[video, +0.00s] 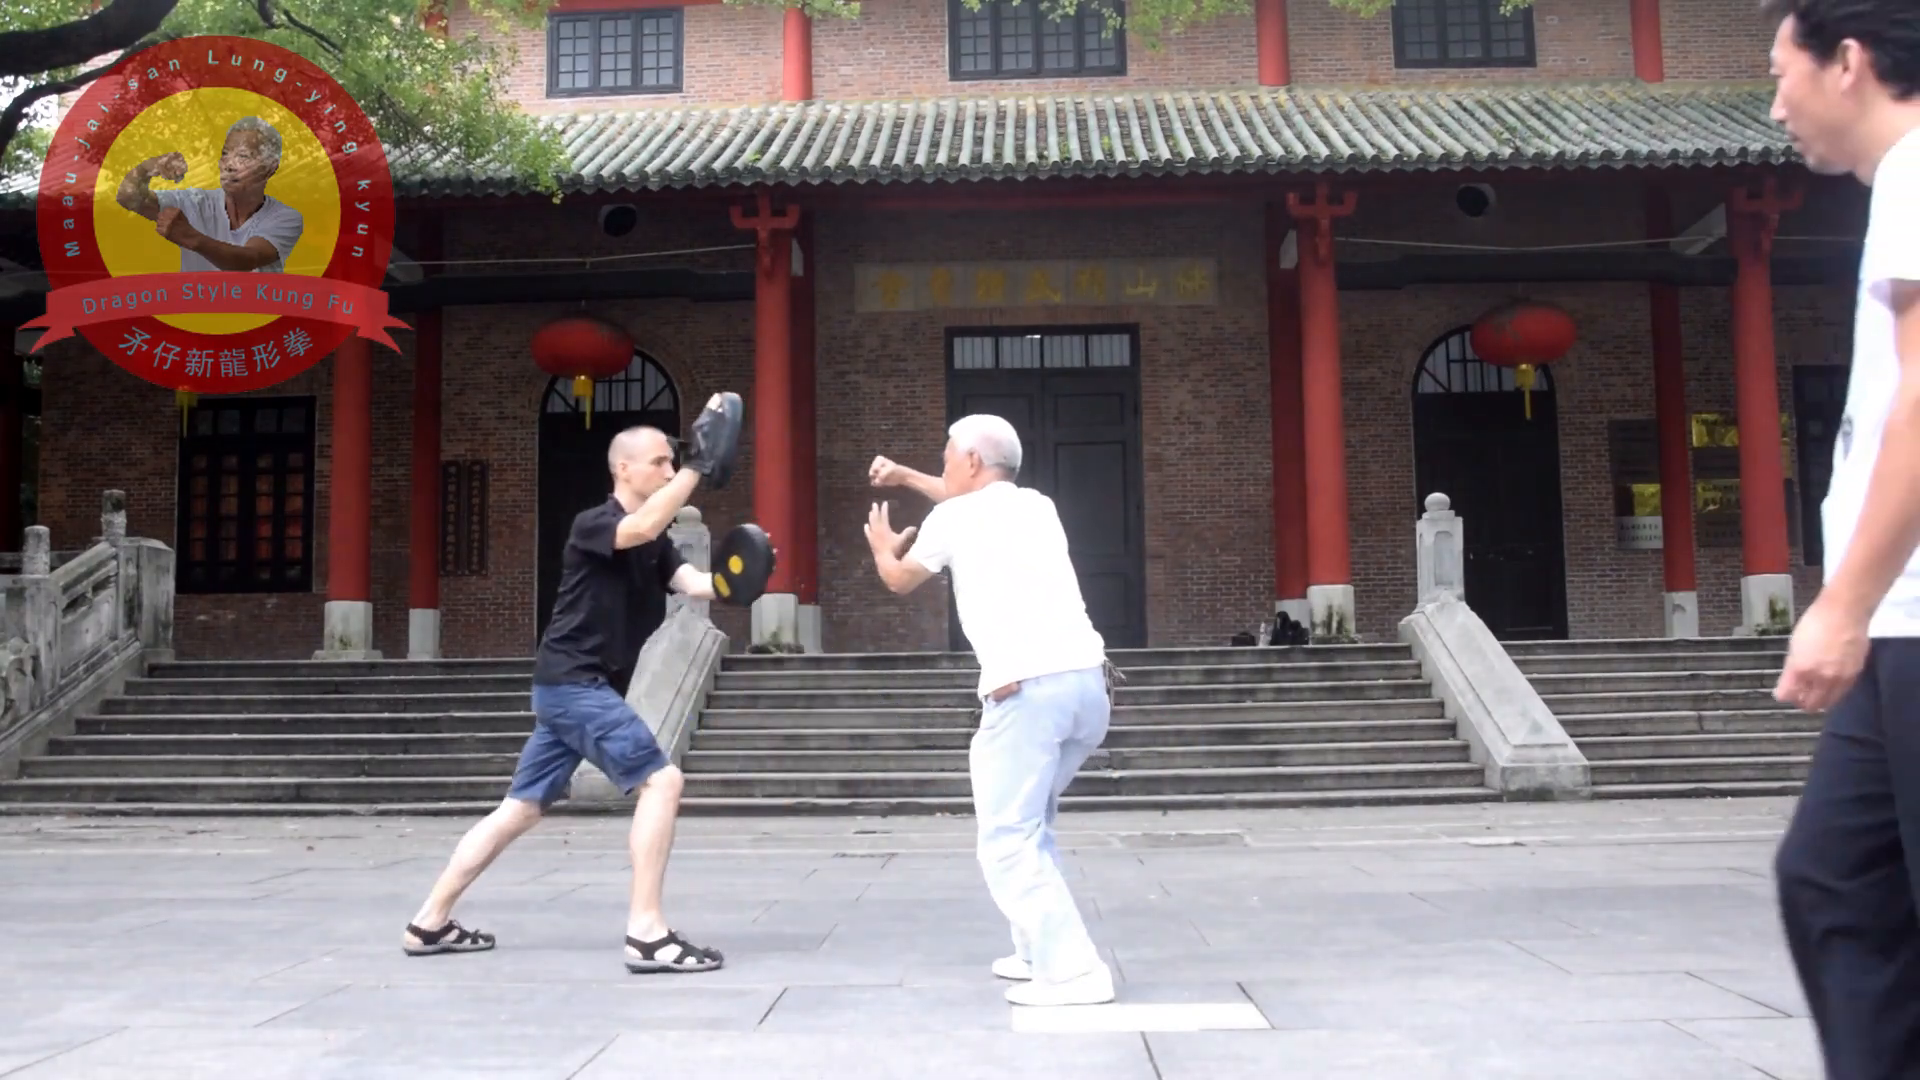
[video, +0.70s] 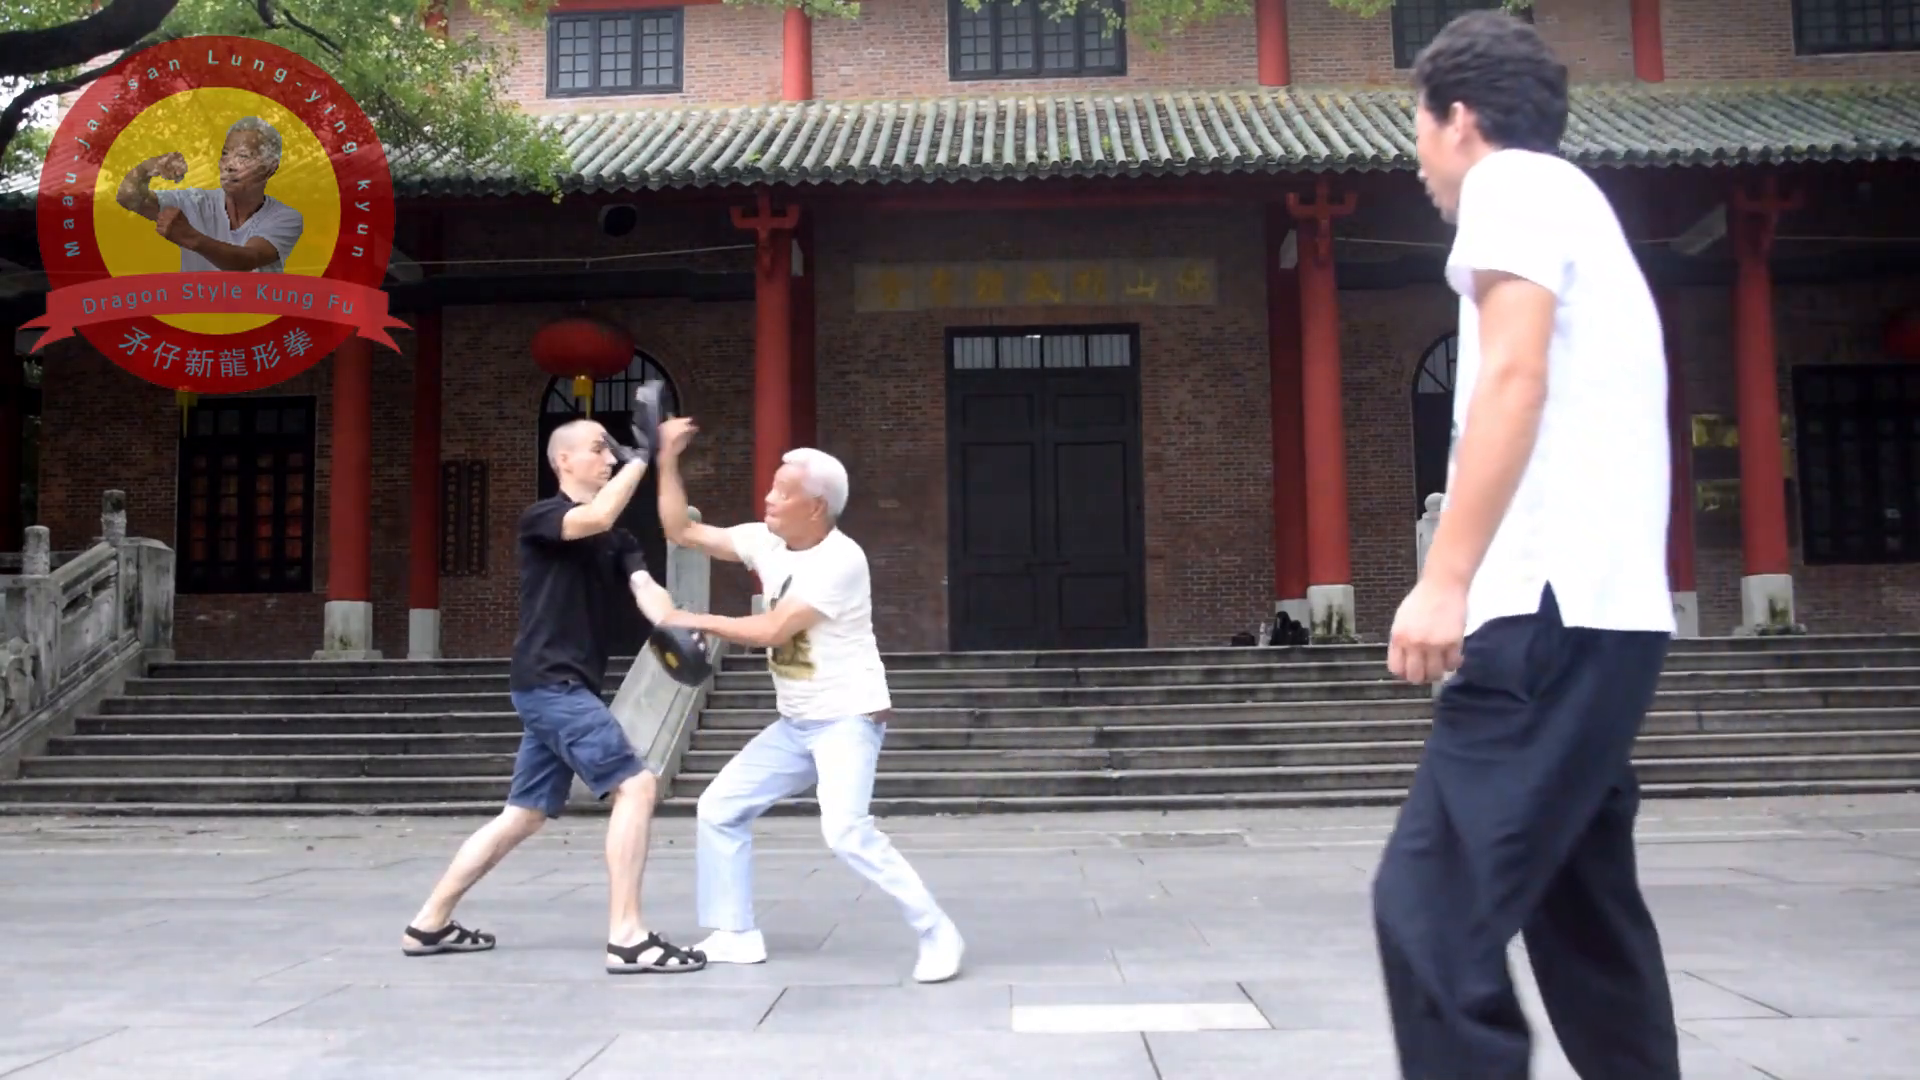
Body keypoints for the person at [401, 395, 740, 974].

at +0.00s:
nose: (672, 472)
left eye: (673, 463)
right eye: (661, 462)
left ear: (663, 473)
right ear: (624, 469)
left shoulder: (655, 540)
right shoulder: (592, 522)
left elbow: (696, 586)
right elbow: (640, 529)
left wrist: (736, 574)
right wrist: (697, 469)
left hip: (584, 686)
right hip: (569, 683)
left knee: (519, 811)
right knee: (663, 782)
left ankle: (429, 921)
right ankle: (646, 931)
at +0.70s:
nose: (614, 458)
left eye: (612, 450)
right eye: (599, 449)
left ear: (609, 464)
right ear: (563, 462)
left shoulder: (620, 535)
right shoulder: (541, 517)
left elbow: (647, 588)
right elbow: (599, 517)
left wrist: (679, 633)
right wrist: (642, 459)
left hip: (573, 685)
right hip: (546, 682)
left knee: (525, 813)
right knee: (638, 785)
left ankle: (430, 923)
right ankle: (627, 936)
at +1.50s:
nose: (585, 478)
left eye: (587, 469)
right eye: (576, 467)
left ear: (568, 476)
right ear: (539, 471)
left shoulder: (563, 535)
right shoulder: (519, 524)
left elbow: (575, 623)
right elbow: (535, 560)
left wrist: (620, 651)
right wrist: (595, 514)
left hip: (546, 693)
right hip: (532, 693)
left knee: (574, 825)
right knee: (626, 788)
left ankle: (466, 895)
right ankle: (630, 934)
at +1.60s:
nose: (564, 475)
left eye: (565, 466)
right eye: (554, 465)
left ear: (551, 473)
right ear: (518, 469)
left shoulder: (548, 534)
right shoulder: (492, 525)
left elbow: (542, 618)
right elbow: (477, 588)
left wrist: (594, 651)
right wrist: (542, 555)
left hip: (533, 686)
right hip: (502, 688)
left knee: (546, 823)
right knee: (575, 793)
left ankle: (452, 909)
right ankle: (620, 933)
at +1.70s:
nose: (545, 474)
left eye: (546, 465)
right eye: (535, 464)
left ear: (524, 473)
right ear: (501, 470)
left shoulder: (527, 538)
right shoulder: (469, 526)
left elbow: (552, 616)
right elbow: (454, 592)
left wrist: (615, 616)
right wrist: (516, 574)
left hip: (506, 689)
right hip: (463, 688)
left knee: (523, 813)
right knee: (531, 776)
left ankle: (447, 914)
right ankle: (543, 928)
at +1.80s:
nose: (527, 474)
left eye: (528, 465)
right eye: (517, 464)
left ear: (509, 471)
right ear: (482, 466)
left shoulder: (512, 541)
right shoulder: (449, 525)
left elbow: (541, 593)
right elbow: (456, 592)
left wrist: (586, 577)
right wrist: (525, 584)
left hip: (479, 687)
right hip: (433, 684)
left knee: (507, 797)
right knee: (483, 778)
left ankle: (447, 913)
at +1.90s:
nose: (506, 473)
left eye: (508, 464)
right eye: (497, 463)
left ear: (487, 470)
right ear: (462, 465)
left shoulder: (486, 532)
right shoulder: (428, 523)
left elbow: (554, 565)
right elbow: (463, 590)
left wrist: (614, 524)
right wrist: (546, 594)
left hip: (456, 692)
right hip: (405, 690)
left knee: (487, 794)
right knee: (406, 803)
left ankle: (445, 917)